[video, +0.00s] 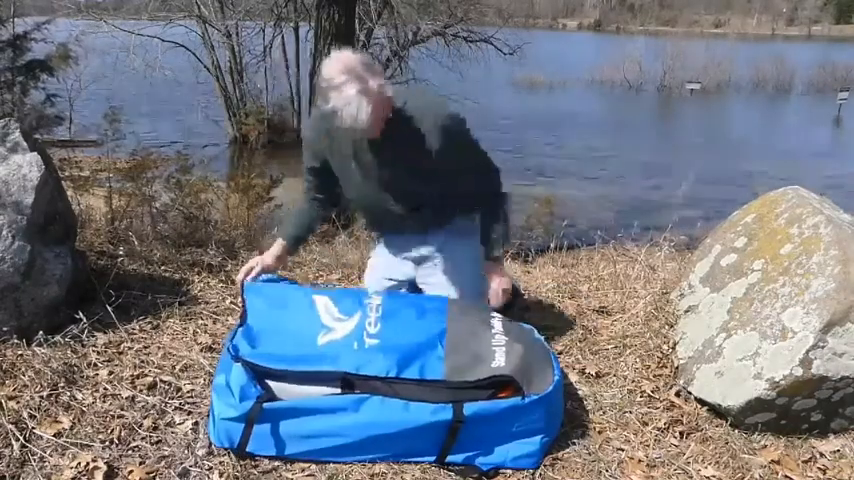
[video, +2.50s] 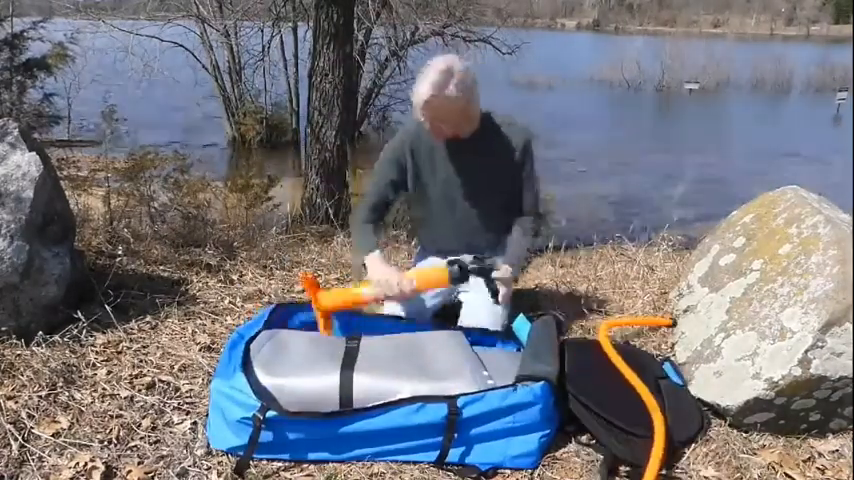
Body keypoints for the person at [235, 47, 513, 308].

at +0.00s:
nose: (366, 128)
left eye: (369, 117)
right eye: (354, 121)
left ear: (383, 92)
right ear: (335, 109)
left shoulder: (433, 122)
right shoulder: (321, 129)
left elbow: (489, 187)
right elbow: (319, 197)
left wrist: (495, 267)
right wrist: (275, 255)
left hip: (452, 236)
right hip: (390, 242)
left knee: (457, 350)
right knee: (371, 341)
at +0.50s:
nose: (338, 181)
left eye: (346, 169)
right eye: (329, 172)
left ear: (374, 148)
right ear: (319, 161)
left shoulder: (436, 164)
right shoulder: (334, 169)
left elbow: (449, 271)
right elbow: (340, 248)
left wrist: (422, 368)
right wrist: (351, 320)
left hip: (471, 240)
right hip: (410, 244)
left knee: (478, 338)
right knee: (380, 336)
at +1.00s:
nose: (368, 125)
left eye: (376, 108)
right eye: (354, 117)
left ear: (398, 96)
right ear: (341, 118)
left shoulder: (455, 141)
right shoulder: (345, 151)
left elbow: (481, 241)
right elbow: (344, 229)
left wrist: (469, 331)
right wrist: (347, 291)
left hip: (464, 248)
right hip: (407, 250)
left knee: (482, 345)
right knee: (383, 339)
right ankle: (432, 299)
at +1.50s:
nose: (380, 160)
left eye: (392, 150)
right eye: (371, 149)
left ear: (420, 129)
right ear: (359, 132)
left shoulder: (470, 145)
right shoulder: (351, 152)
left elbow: (505, 227)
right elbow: (343, 228)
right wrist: (340, 292)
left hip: (470, 248)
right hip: (409, 250)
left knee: (477, 342)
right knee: (385, 335)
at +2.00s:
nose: (445, 110)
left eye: (453, 100)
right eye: (437, 101)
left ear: (472, 89)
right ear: (425, 95)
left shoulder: (507, 131)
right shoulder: (410, 137)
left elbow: (554, 185)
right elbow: (402, 209)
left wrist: (548, 222)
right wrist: (407, 229)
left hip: (492, 259)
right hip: (435, 257)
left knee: (487, 336)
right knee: (387, 330)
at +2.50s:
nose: (435, 131)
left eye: (442, 122)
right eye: (427, 121)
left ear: (468, 108)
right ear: (420, 111)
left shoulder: (513, 142)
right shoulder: (410, 142)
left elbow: (527, 218)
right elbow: (364, 216)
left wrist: (509, 267)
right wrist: (376, 266)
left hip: (489, 264)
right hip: (433, 262)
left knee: (481, 331)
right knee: (393, 320)